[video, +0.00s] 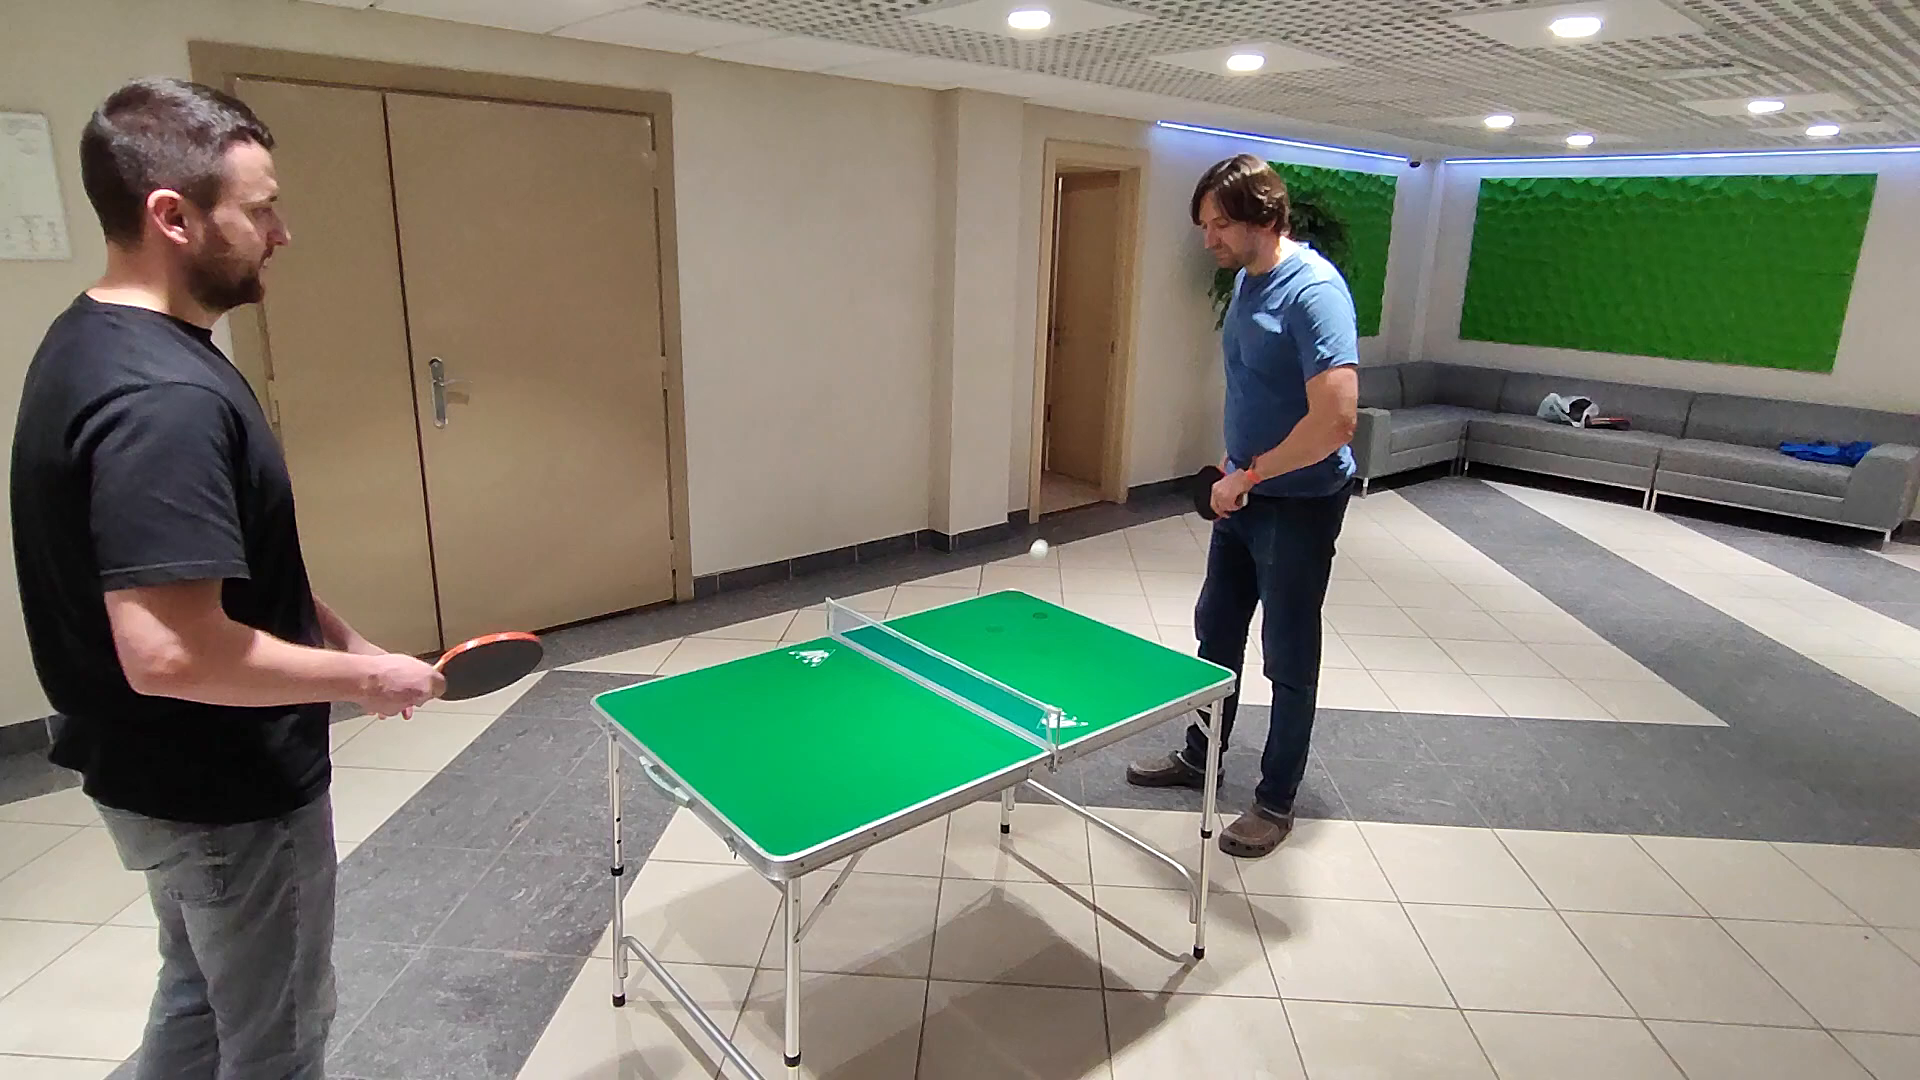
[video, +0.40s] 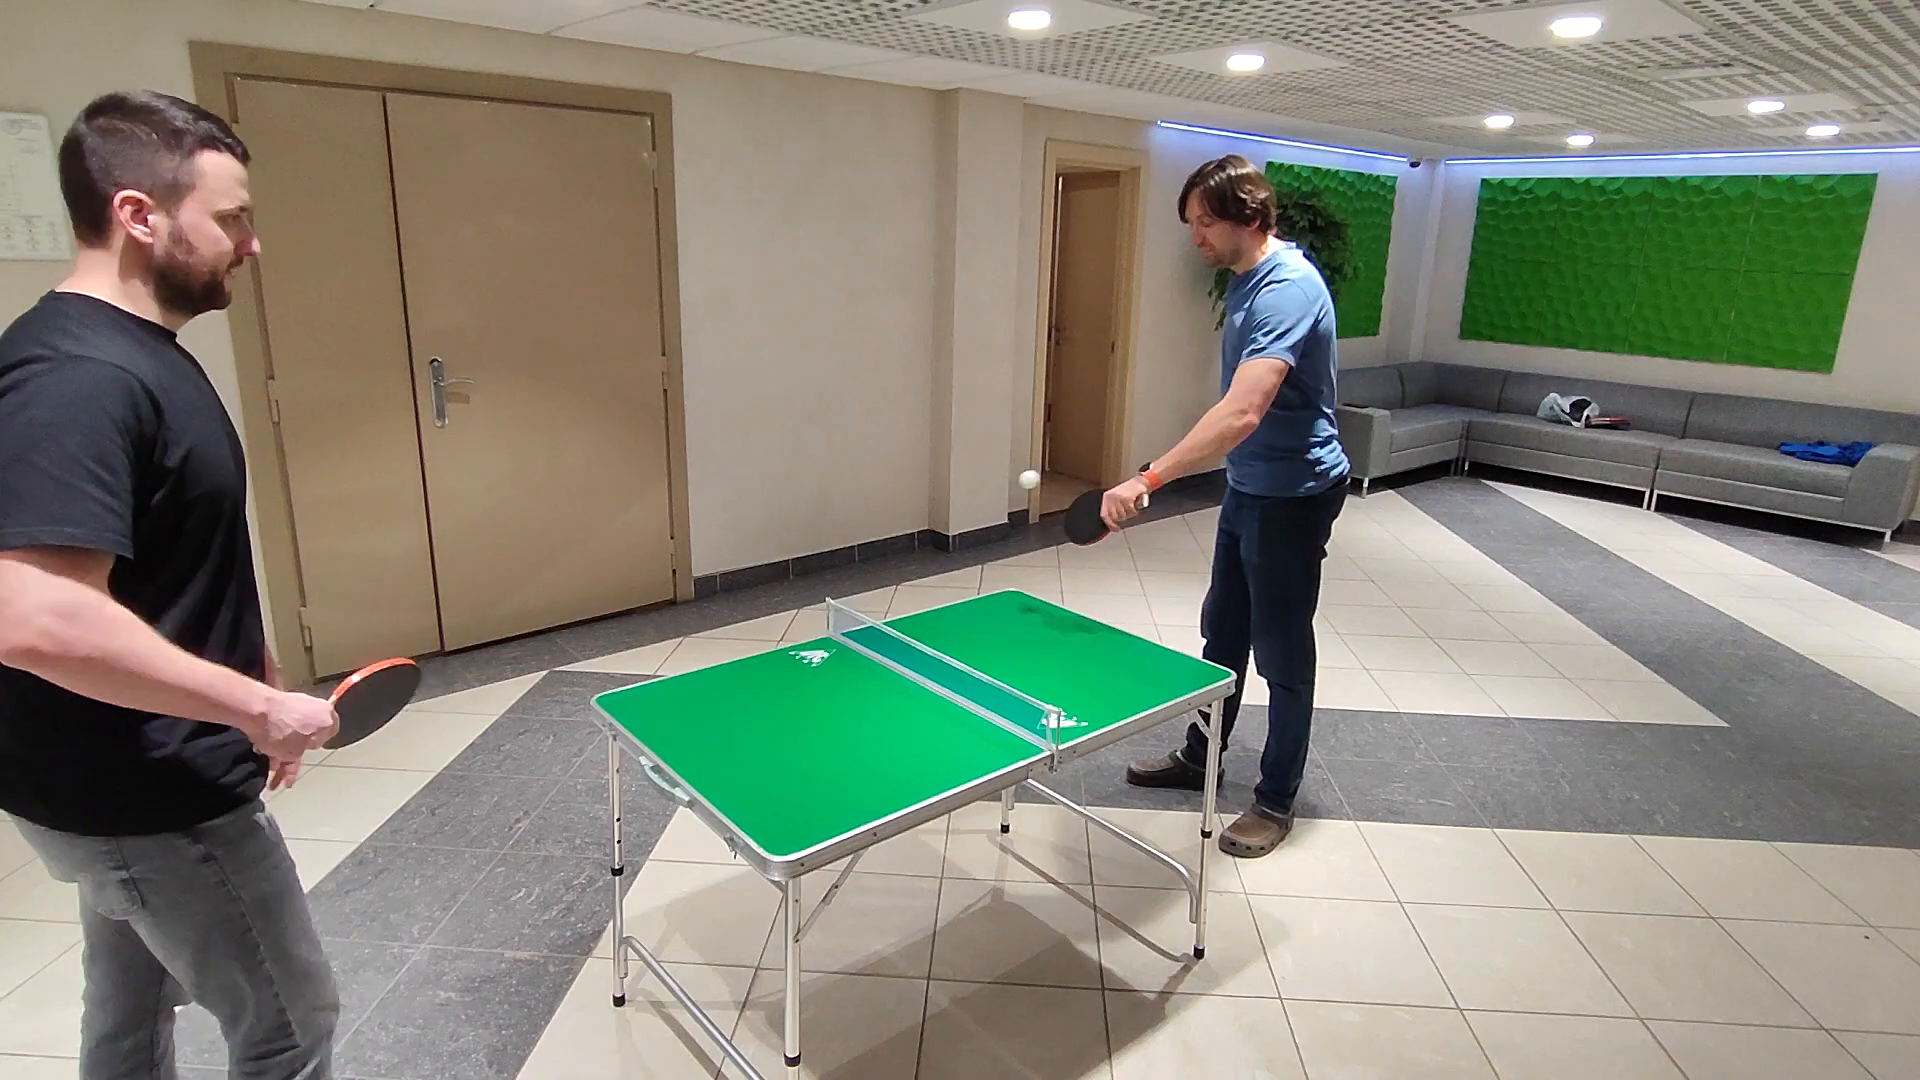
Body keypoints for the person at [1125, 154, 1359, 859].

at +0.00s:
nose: (1208, 238)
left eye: (1216, 224)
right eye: (1204, 226)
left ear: (1257, 218)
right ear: (1242, 223)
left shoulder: (1315, 290)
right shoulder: (1252, 281)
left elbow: (1338, 417)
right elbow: (1257, 394)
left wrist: (1249, 474)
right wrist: (1235, 469)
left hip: (1302, 501)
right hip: (1247, 491)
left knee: (1290, 659)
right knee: (1217, 633)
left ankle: (1273, 806)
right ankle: (1198, 760)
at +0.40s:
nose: (1195, 238)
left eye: (1201, 223)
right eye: (1192, 225)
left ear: (1241, 217)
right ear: (1243, 220)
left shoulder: (1289, 288)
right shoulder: (1252, 281)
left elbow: (1243, 411)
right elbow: (1263, 400)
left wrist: (1147, 478)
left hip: (1293, 495)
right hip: (1250, 486)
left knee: (1285, 652)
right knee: (1225, 631)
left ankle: (1273, 804)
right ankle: (1197, 757)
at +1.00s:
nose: (1180, 235)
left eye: (1188, 220)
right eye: (1176, 222)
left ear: (1232, 213)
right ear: (1205, 217)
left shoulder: (1282, 289)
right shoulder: (1234, 281)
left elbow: (1313, 422)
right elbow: (1243, 401)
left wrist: (1242, 508)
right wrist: (1214, 479)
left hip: (1287, 498)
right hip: (1237, 489)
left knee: (1279, 659)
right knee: (1215, 632)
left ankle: (1274, 804)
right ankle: (1198, 757)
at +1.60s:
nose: (1190, 242)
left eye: (1201, 229)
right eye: (1187, 228)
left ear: (1245, 224)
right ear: (1208, 225)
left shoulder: (1285, 306)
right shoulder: (1232, 279)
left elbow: (1232, 436)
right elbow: (1221, 392)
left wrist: (1143, 513)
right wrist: (1176, 458)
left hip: (1284, 500)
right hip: (1228, 487)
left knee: (1283, 657)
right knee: (1214, 633)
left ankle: (1273, 803)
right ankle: (1200, 759)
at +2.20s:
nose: (1206, 224)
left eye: (1219, 212)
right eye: (1204, 210)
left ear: (1261, 216)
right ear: (1213, 211)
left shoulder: (1299, 306)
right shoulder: (1236, 273)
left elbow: (1301, 443)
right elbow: (1232, 394)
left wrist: (1219, 518)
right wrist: (1203, 487)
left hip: (1275, 502)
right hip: (1214, 486)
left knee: (1276, 661)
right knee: (1177, 617)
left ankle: (1274, 804)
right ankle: (1191, 751)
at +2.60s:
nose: (1219, 258)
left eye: (1236, 247)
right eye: (1210, 243)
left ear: (1264, 246)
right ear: (1198, 237)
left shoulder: (1293, 324)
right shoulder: (1169, 289)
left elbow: (1308, 437)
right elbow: (1139, 376)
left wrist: (1319, 534)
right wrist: (1107, 456)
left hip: (1243, 499)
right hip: (1164, 488)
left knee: (1255, 651)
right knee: (1139, 618)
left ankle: (1272, 803)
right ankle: (1138, 723)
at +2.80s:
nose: (1198, 284)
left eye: (1213, 273)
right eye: (1189, 269)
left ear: (1238, 271)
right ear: (1177, 262)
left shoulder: (1259, 351)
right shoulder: (1150, 301)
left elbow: (1242, 461)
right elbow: (1105, 379)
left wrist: (1222, 551)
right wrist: (1063, 453)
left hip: (1212, 498)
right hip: (1138, 484)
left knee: (1232, 641)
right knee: (1119, 611)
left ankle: (1261, 788)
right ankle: (1139, 720)